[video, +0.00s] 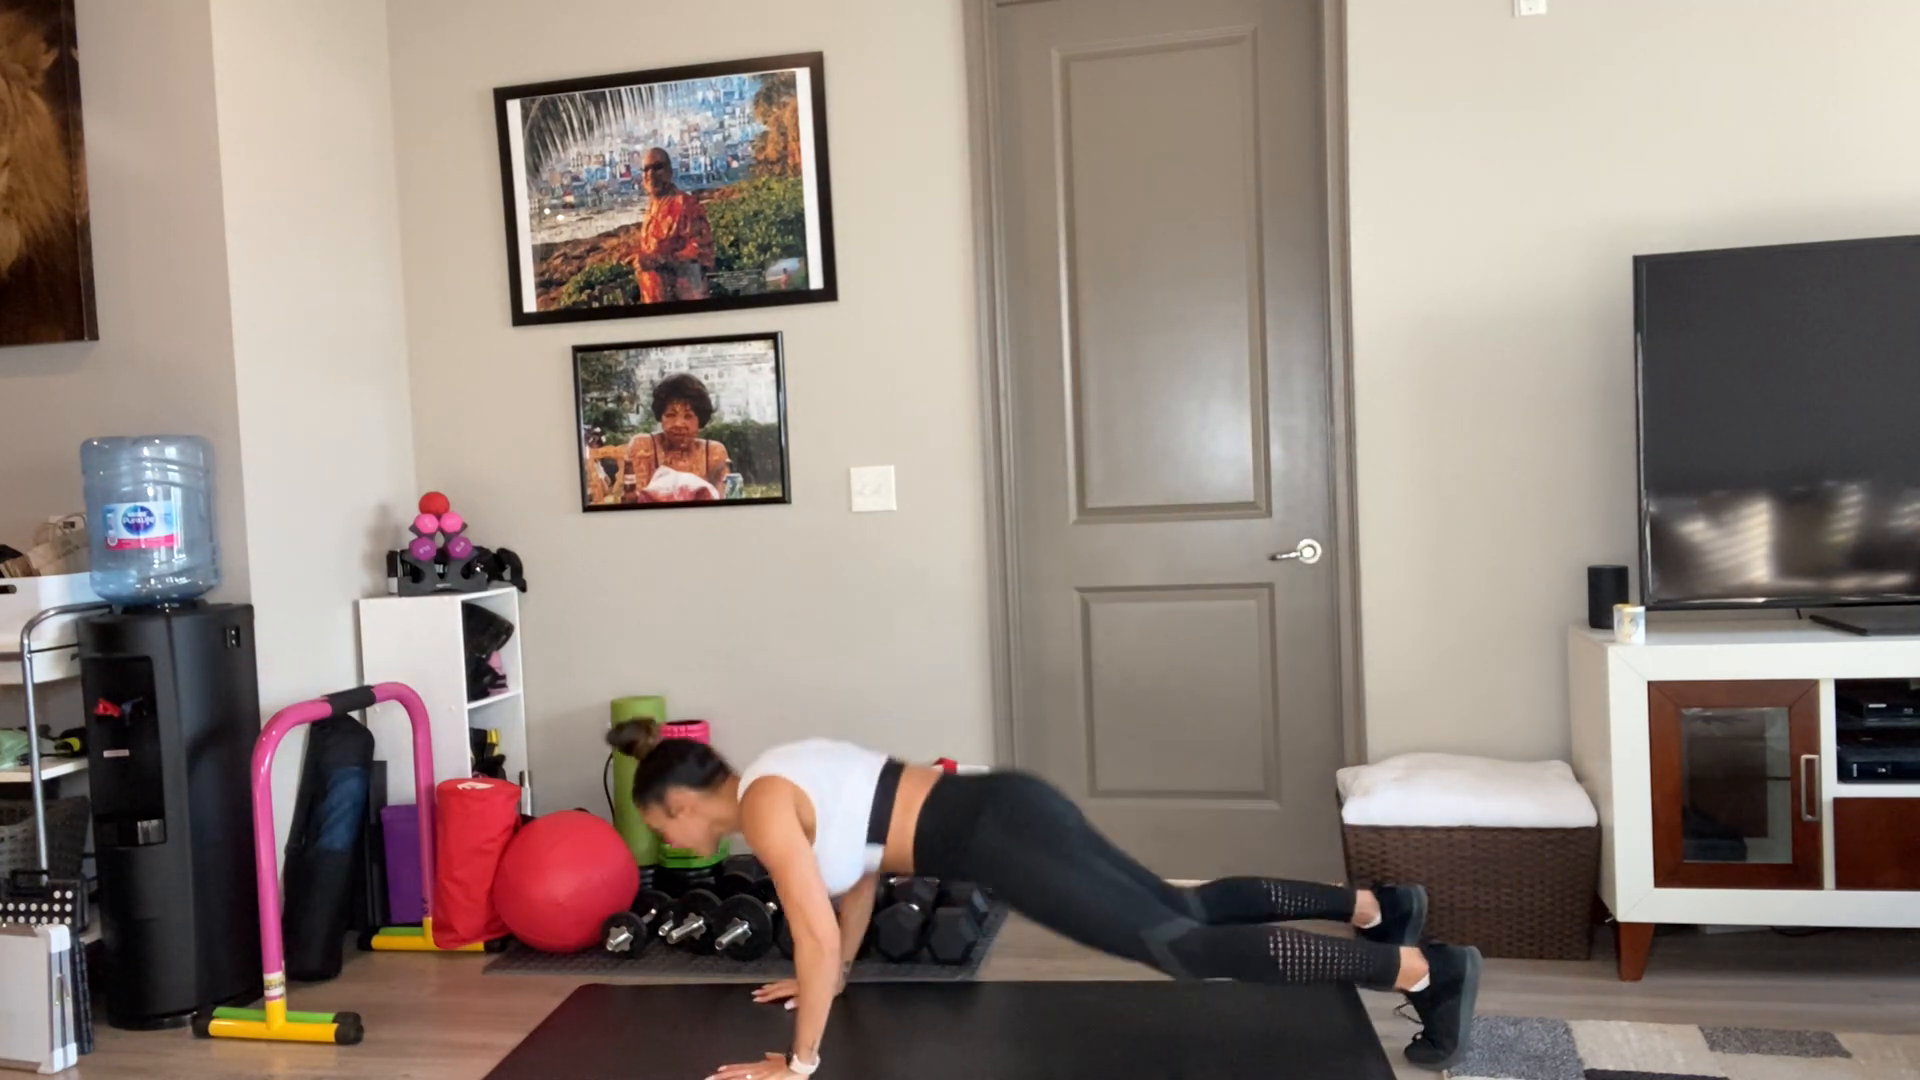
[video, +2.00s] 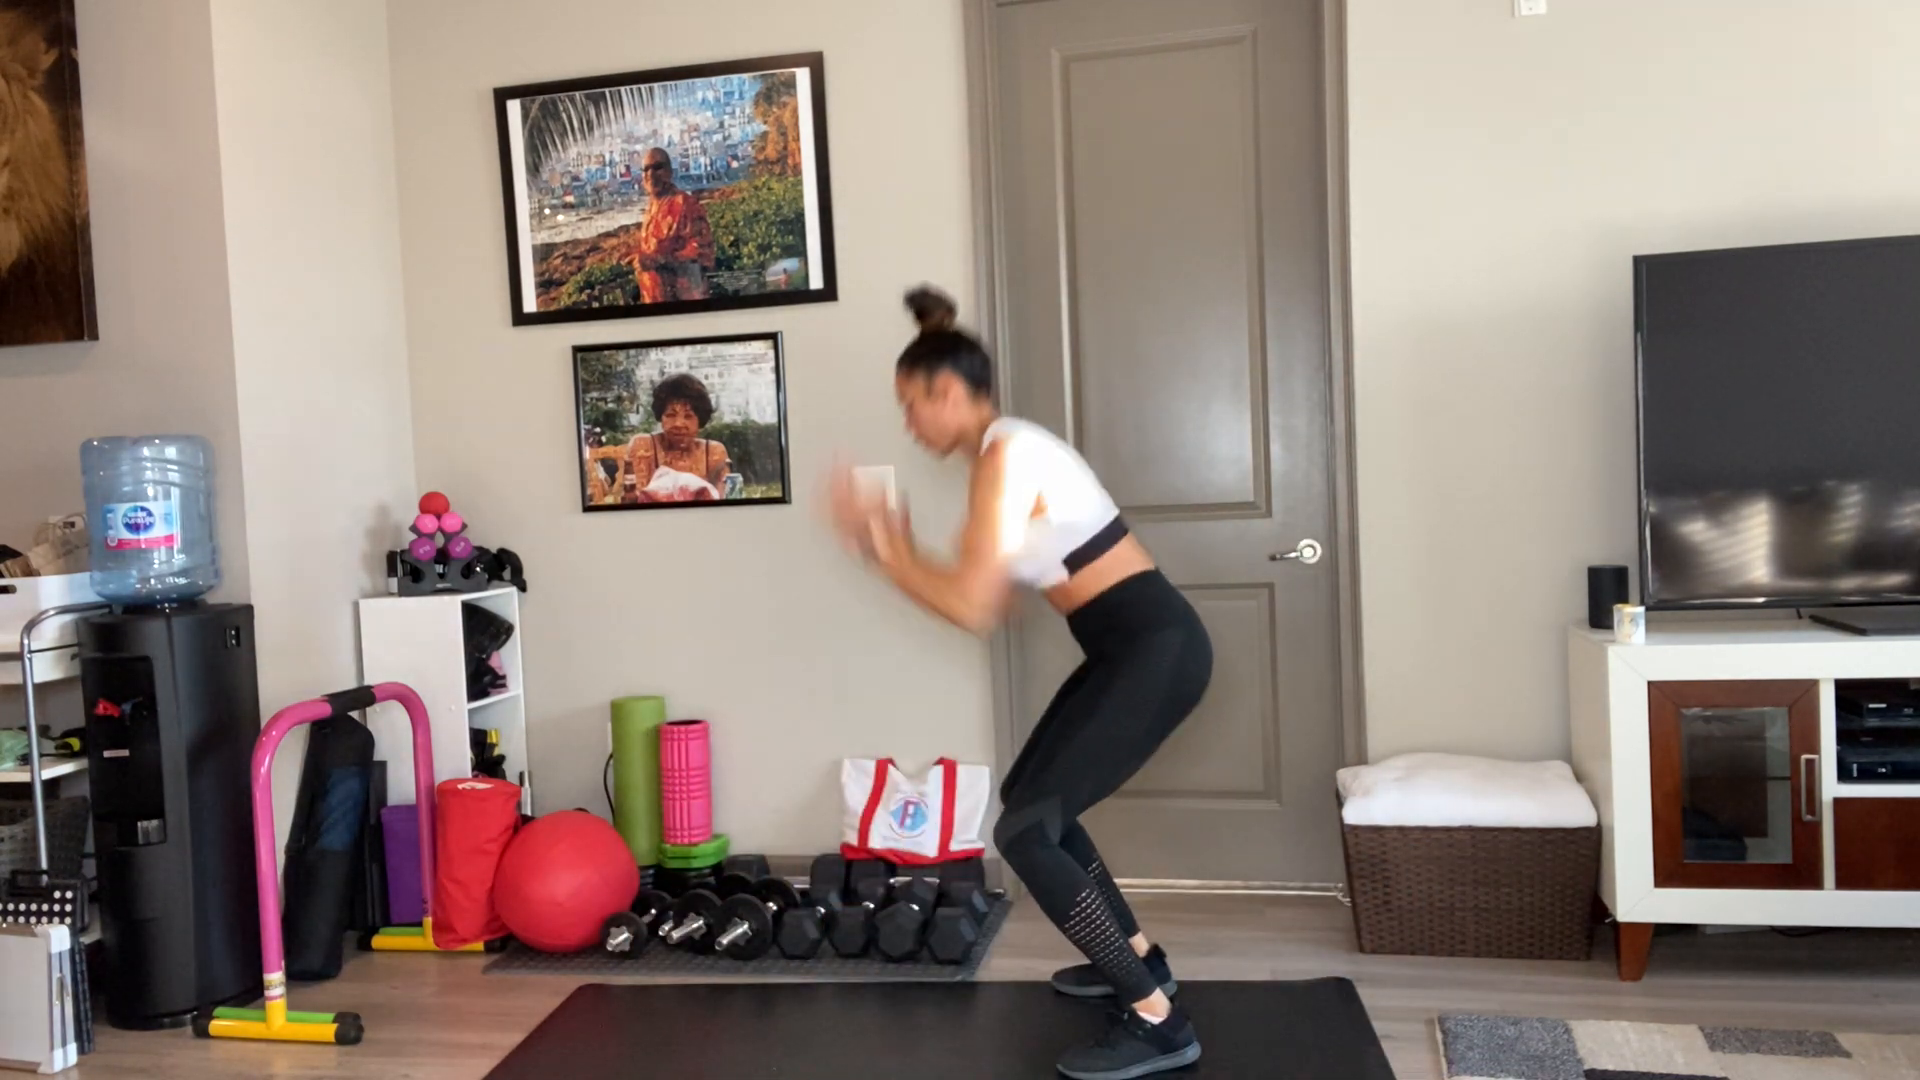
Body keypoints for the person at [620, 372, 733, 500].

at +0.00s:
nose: (679, 424)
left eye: (688, 416)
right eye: (671, 415)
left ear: (701, 420)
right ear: (660, 418)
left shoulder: (715, 451)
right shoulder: (642, 446)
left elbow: (719, 501)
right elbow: (638, 499)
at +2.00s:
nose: (679, 424)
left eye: (688, 416)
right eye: (671, 415)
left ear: (701, 420)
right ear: (660, 418)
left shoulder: (715, 451)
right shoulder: (641, 446)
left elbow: (722, 500)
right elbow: (636, 498)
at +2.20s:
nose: (679, 424)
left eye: (688, 416)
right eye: (670, 415)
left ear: (701, 420)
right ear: (660, 418)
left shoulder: (715, 451)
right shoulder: (641, 446)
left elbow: (719, 500)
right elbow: (634, 499)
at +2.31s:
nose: (679, 424)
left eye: (688, 416)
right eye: (670, 415)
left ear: (701, 420)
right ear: (660, 418)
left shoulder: (715, 451)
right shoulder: (641, 446)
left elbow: (718, 501)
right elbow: (637, 499)